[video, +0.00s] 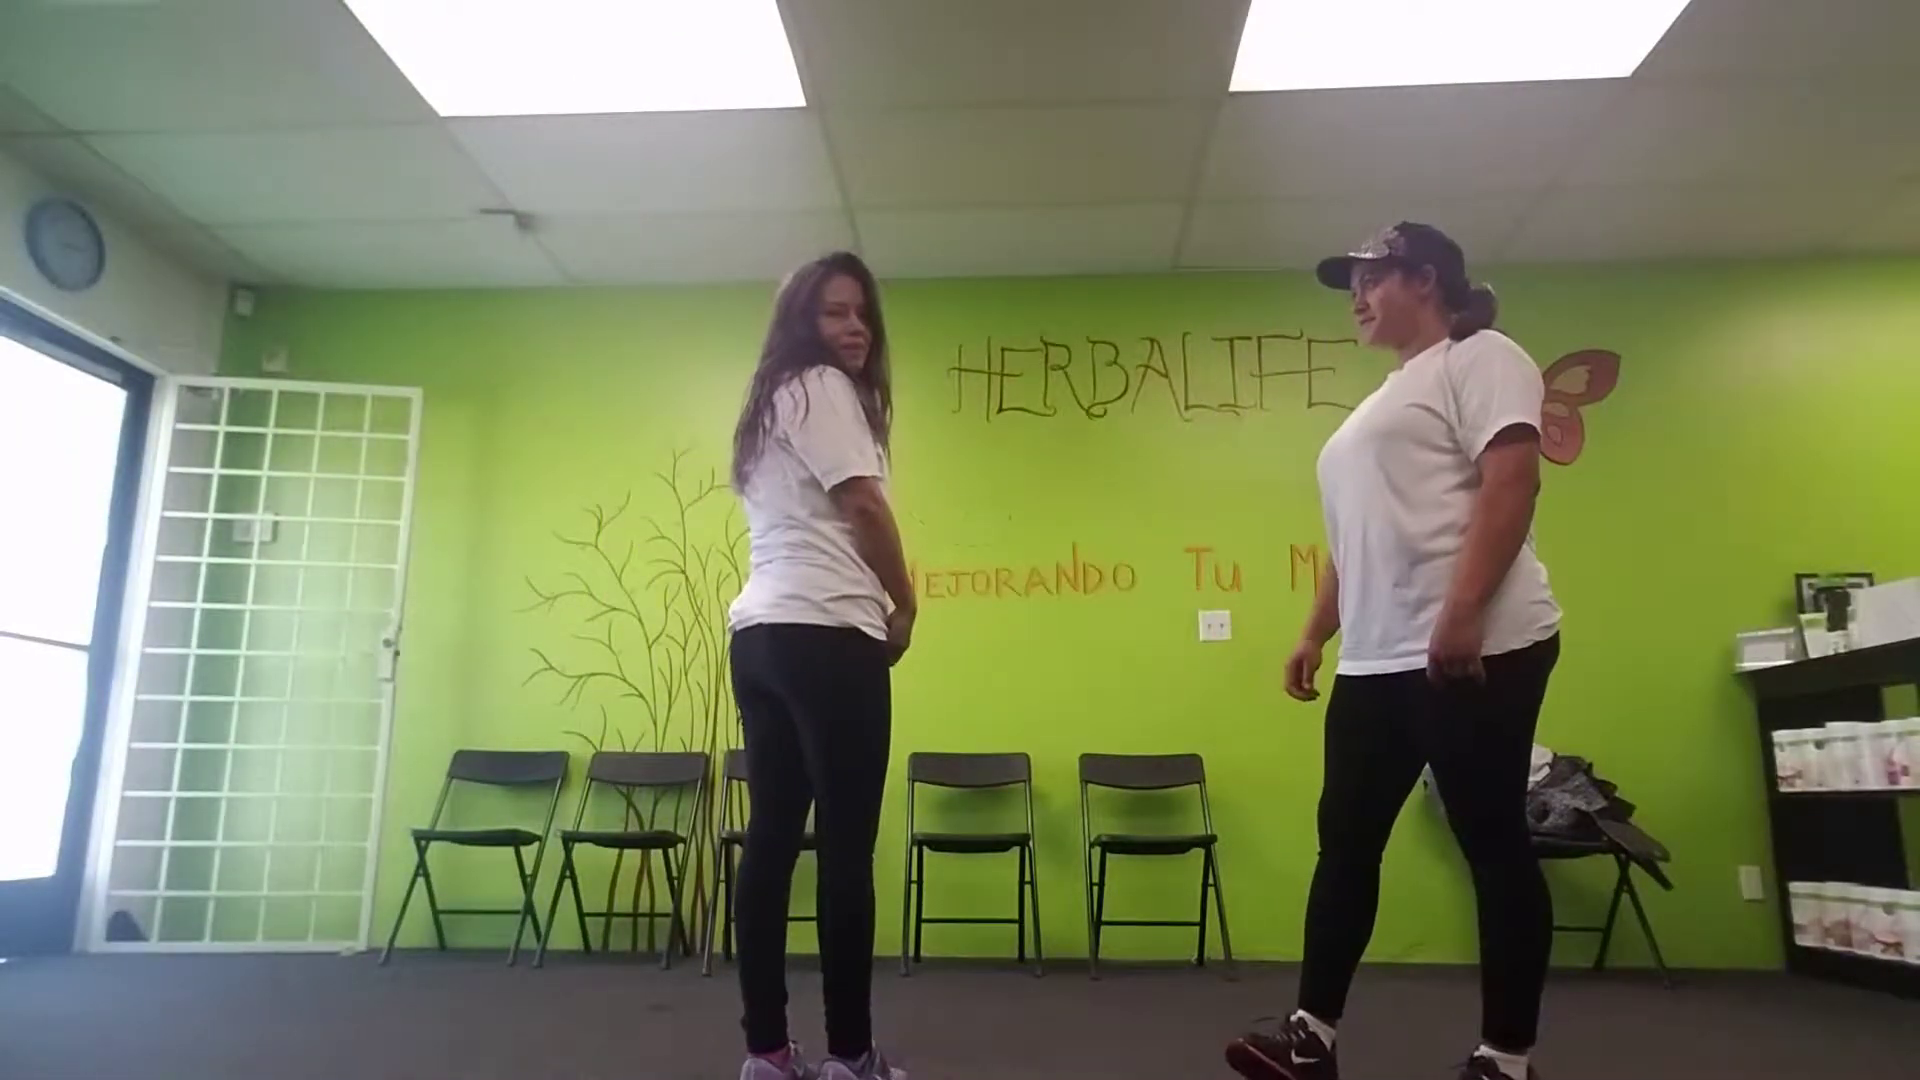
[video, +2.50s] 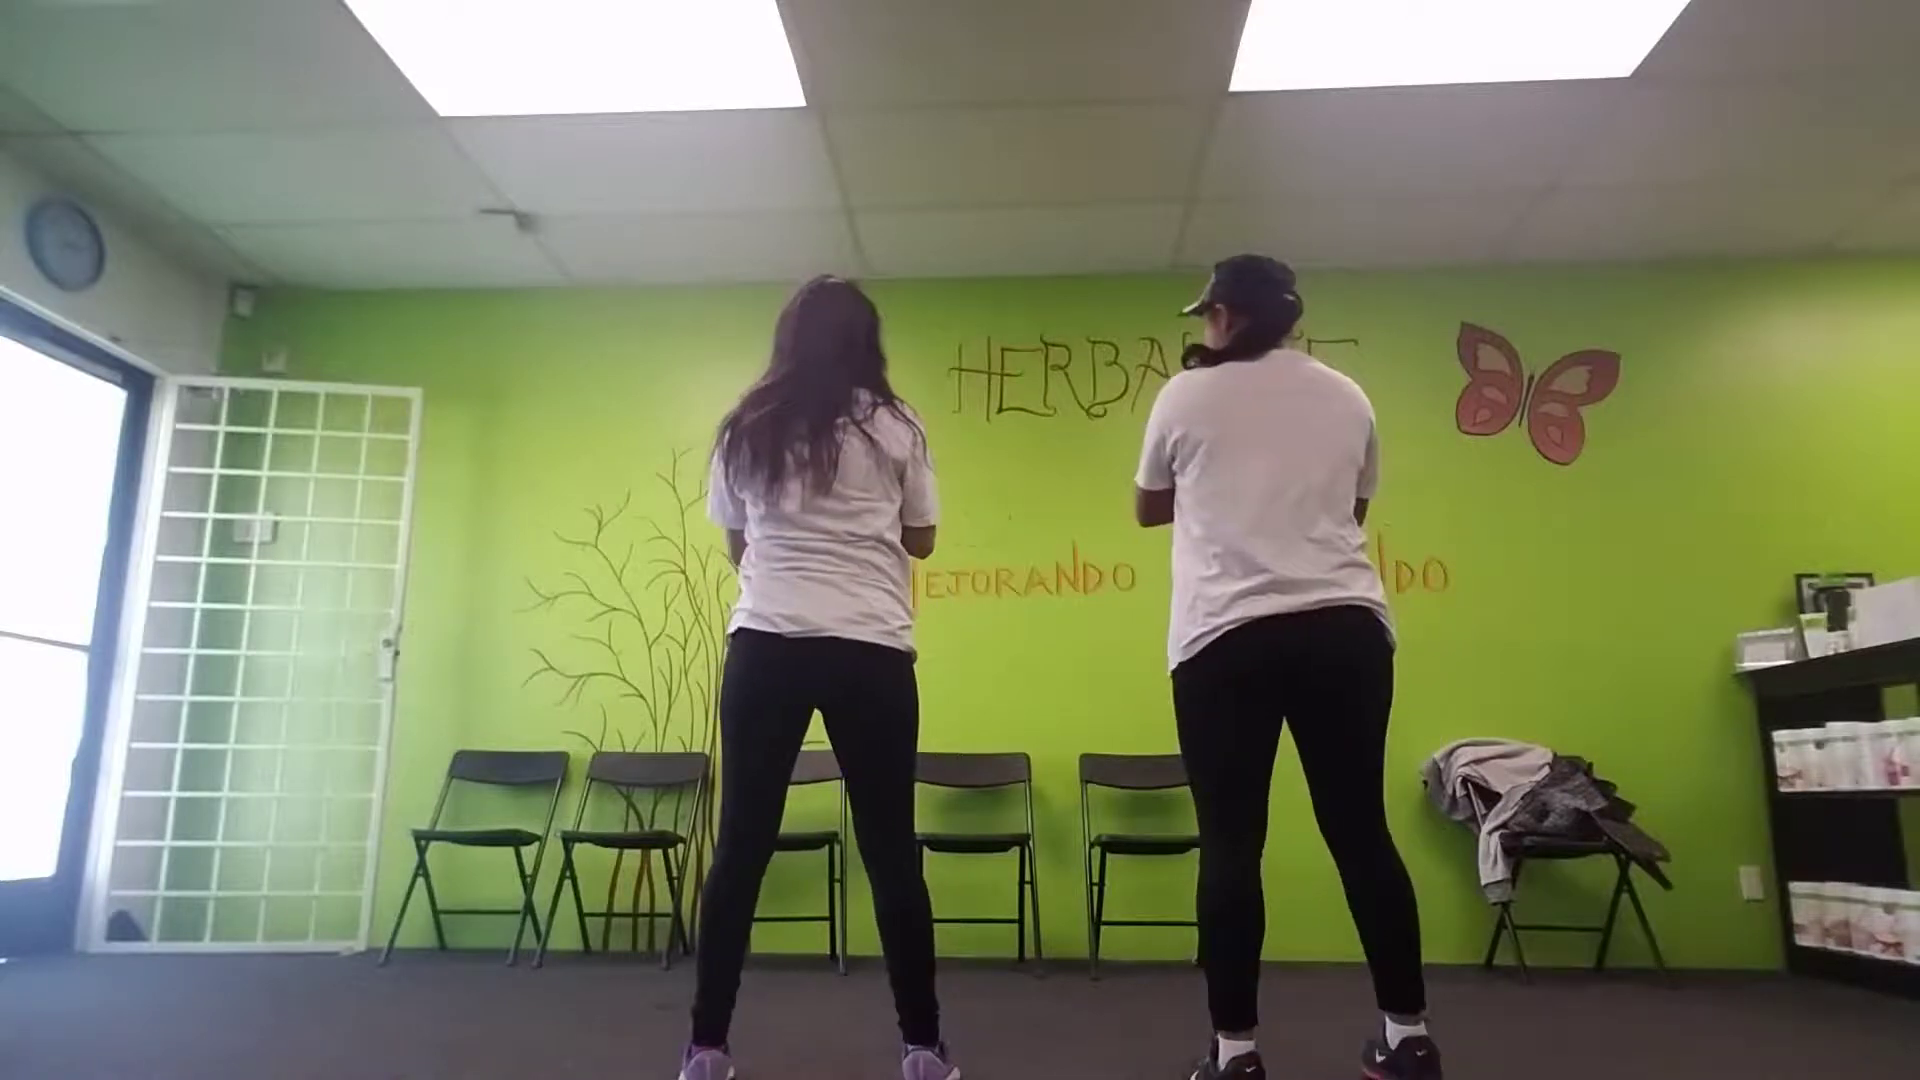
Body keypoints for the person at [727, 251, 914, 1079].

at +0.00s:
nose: (852, 326)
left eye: (860, 313)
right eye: (834, 313)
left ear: (871, 323)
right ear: (801, 321)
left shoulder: (773, 396)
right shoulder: (823, 387)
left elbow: (791, 526)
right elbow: (862, 506)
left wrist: (876, 602)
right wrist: (904, 600)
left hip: (762, 635)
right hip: (826, 633)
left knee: (771, 840)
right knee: (848, 846)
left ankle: (766, 1051)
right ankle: (849, 1055)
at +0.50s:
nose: (847, 325)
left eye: (855, 312)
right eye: (829, 312)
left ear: (866, 322)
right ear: (796, 320)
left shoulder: (767, 395)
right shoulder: (818, 386)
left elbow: (778, 525)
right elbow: (856, 504)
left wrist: (865, 601)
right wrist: (899, 598)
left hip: (756, 633)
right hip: (821, 631)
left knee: (767, 840)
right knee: (843, 848)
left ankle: (765, 1051)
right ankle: (850, 1056)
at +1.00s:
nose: (841, 326)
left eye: (850, 314)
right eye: (824, 312)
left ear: (858, 324)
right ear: (791, 320)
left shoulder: (759, 396)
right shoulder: (814, 387)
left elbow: (770, 527)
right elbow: (854, 505)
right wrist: (889, 606)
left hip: (751, 633)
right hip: (820, 631)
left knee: (762, 838)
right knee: (845, 846)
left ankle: (765, 1050)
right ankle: (851, 1054)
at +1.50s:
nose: (869, 337)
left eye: (866, 324)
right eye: (860, 324)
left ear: (782, 334)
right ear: (834, 329)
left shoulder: (736, 414)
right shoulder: (857, 393)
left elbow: (724, 548)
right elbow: (900, 521)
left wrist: (764, 622)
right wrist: (904, 621)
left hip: (754, 644)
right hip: (854, 638)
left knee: (752, 849)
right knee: (893, 846)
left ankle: (758, 1050)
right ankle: (914, 1046)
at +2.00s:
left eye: (822, 332)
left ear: (824, 342)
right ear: (904, 346)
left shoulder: (785, 419)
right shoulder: (934, 417)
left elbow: (753, 535)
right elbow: (984, 523)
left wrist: (810, 585)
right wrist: (935, 579)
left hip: (807, 639)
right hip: (912, 642)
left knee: (777, 841)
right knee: (912, 848)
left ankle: (740, 1042)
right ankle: (921, 1050)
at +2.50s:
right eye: (866, 337)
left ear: (786, 340)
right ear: (870, 346)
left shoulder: (748, 423)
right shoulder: (897, 423)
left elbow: (737, 549)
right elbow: (919, 540)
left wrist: (812, 528)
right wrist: (852, 502)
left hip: (766, 648)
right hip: (871, 652)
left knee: (741, 846)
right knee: (893, 854)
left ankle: (706, 1050)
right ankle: (924, 1052)